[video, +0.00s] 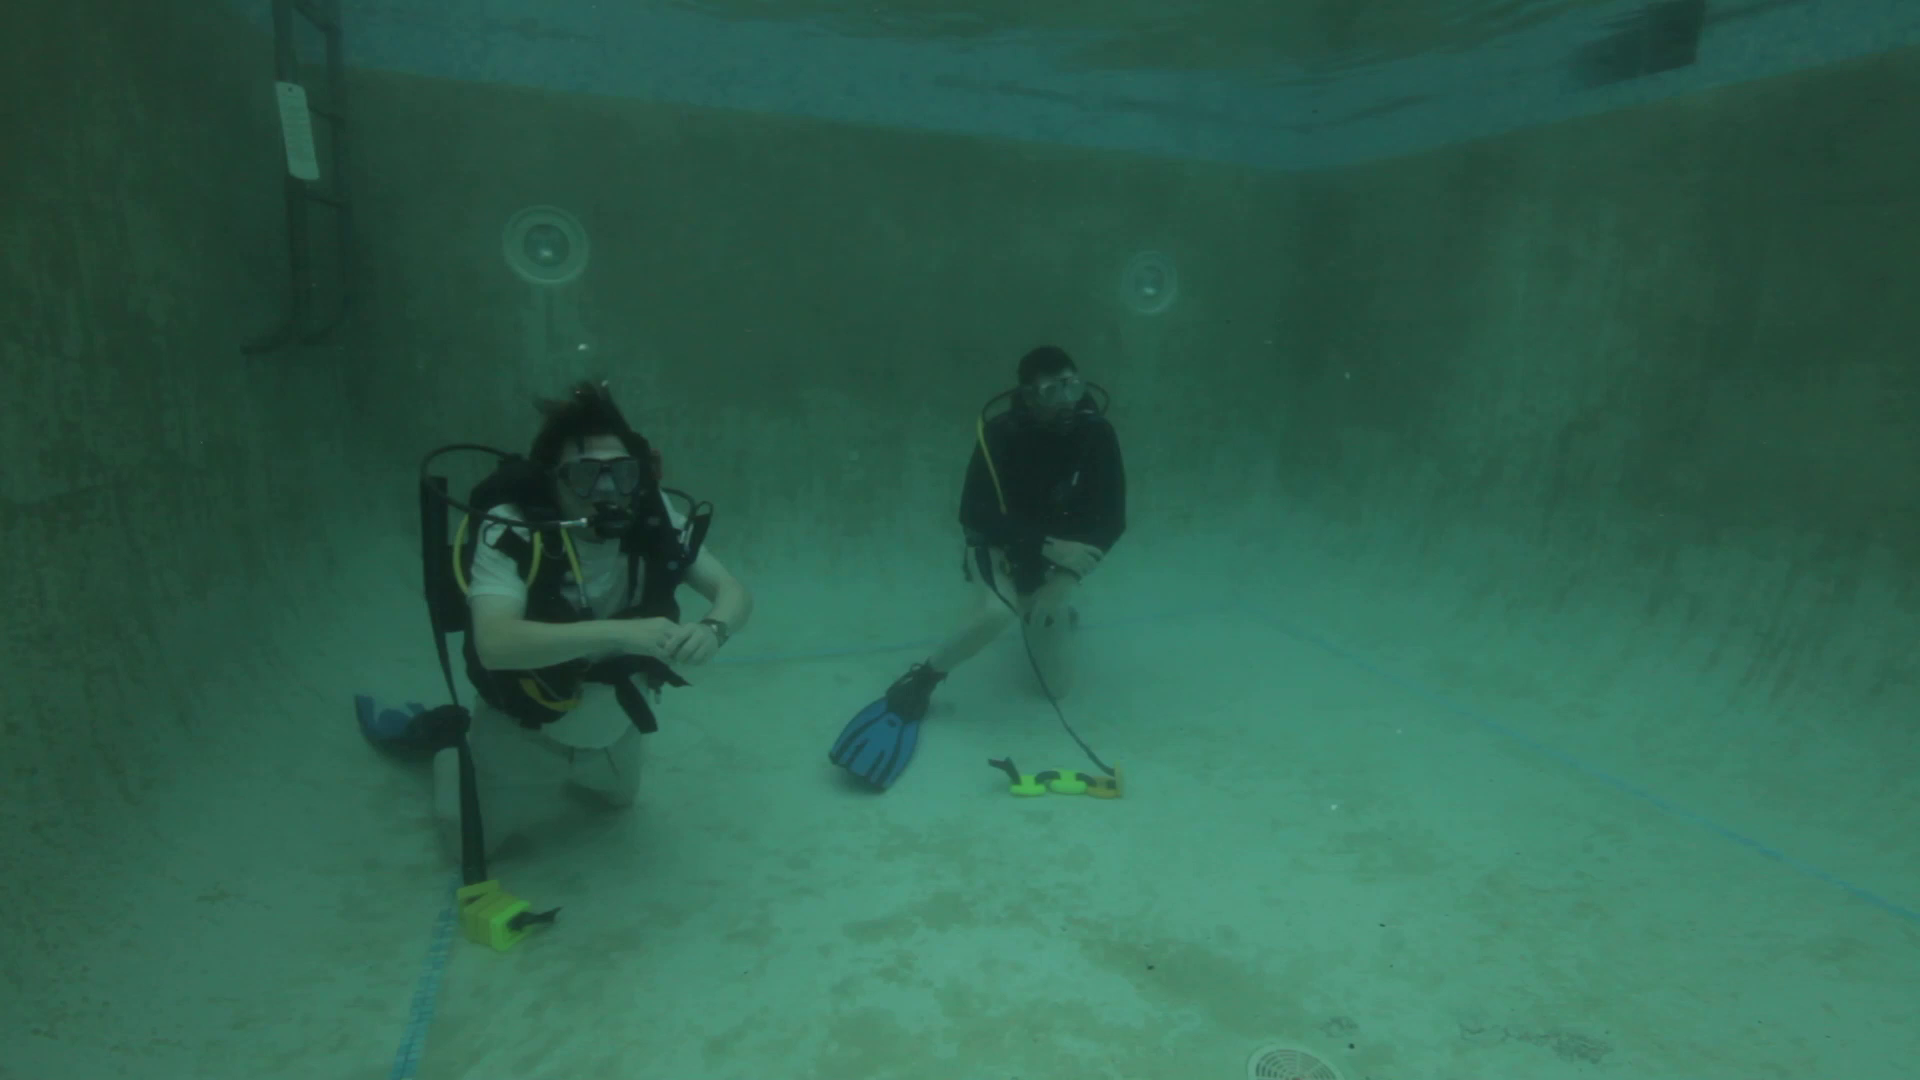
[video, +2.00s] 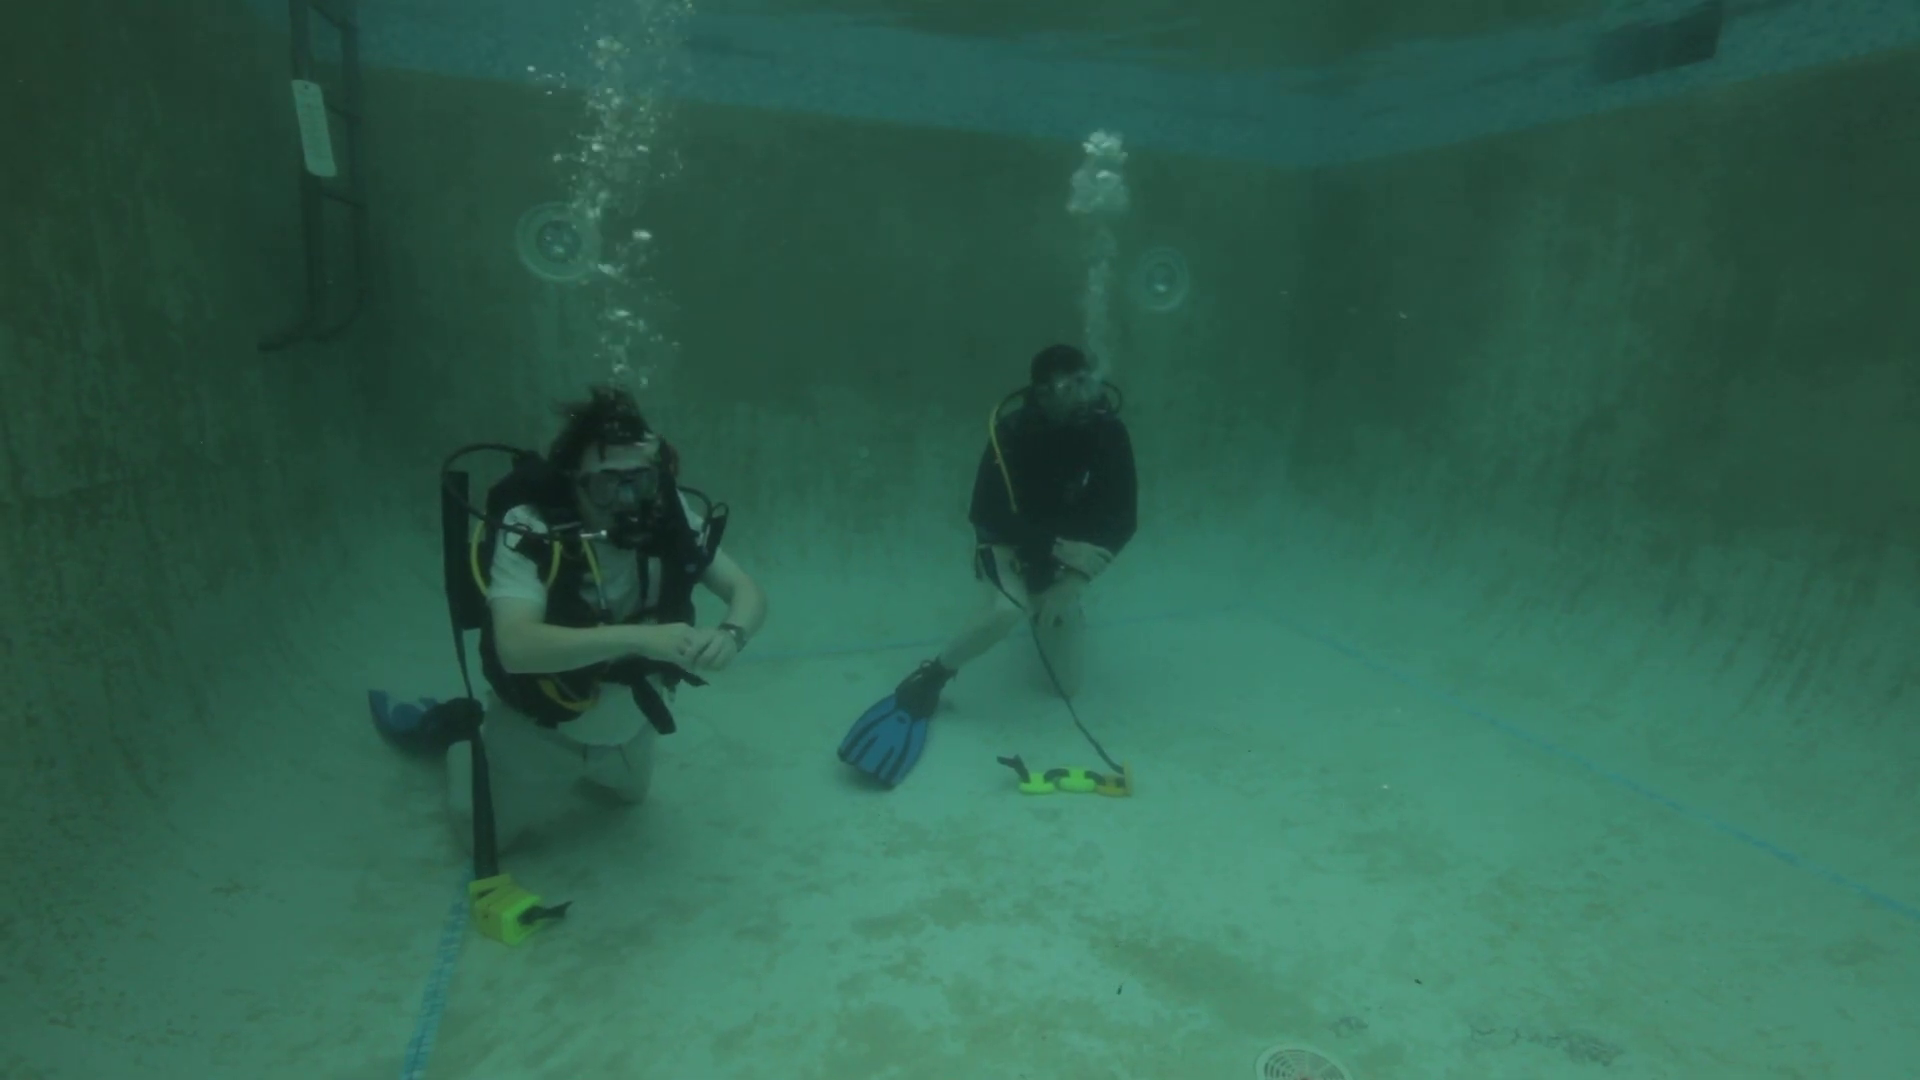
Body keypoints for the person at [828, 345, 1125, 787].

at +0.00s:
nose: (1066, 397)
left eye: (1070, 384)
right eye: (1053, 389)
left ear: (1080, 384)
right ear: (1029, 395)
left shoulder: (1096, 433)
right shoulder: (1002, 434)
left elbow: (1111, 519)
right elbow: (976, 514)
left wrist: (1063, 582)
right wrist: (1048, 544)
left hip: (1059, 552)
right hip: (1000, 544)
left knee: (1057, 683)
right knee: (999, 611)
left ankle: (1051, 608)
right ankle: (921, 681)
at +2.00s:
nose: (1084, 393)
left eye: (1086, 381)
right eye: (1071, 385)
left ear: (1093, 381)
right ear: (1045, 393)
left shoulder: (1107, 430)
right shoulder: (1015, 429)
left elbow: (1121, 518)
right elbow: (988, 512)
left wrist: (1071, 584)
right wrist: (1058, 546)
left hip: (1068, 552)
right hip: (1011, 544)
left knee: (1069, 681)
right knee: (1009, 610)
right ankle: (932, 677)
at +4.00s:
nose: (1065, 397)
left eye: (1073, 385)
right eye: (1054, 387)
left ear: (1084, 387)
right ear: (1031, 390)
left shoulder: (1101, 430)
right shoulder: (1008, 429)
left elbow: (1116, 516)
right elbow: (986, 513)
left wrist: (1068, 582)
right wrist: (1055, 545)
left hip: (1068, 549)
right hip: (1007, 542)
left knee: (1066, 681)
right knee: (1008, 609)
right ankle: (929, 679)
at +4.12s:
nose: (1066, 397)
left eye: (1073, 385)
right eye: (1055, 386)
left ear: (1083, 387)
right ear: (1032, 388)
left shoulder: (1101, 431)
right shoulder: (1007, 428)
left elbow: (1115, 517)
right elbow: (985, 512)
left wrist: (1067, 584)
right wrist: (1055, 545)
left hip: (1067, 550)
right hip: (1007, 543)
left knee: (1065, 680)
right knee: (1007, 610)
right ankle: (929, 680)